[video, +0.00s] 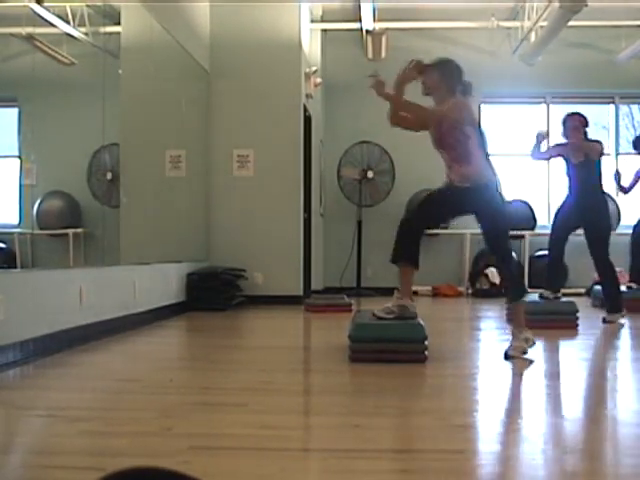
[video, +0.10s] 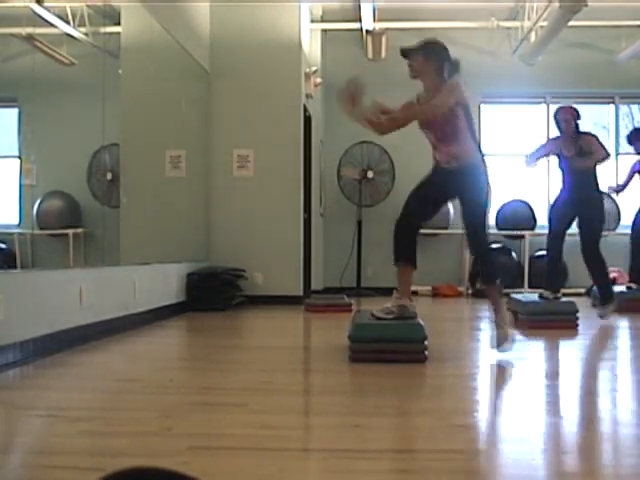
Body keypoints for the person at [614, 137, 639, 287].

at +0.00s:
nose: (636, 152)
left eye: (636, 148)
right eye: (636, 148)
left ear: (636, 148)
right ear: (636, 148)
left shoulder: (638, 172)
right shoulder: (638, 172)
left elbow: (626, 190)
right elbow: (626, 190)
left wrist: (618, 182)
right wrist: (618, 183)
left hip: (638, 221)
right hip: (638, 221)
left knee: (635, 235)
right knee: (635, 236)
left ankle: (634, 278)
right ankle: (634, 278)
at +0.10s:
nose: (634, 148)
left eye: (634, 144)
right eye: (633, 144)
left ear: (636, 143)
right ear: (633, 144)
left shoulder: (636, 165)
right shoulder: (635, 166)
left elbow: (623, 186)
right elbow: (624, 185)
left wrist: (615, 188)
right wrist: (617, 188)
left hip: (637, 213)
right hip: (637, 213)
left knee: (635, 239)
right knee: (634, 240)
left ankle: (634, 278)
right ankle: (634, 278)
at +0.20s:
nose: (631, 143)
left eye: (632, 139)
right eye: (630, 140)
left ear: (637, 138)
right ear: (630, 140)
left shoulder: (635, 158)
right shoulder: (635, 158)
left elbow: (628, 176)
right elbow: (628, 175)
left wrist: (621, 189)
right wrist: (621, 189)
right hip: (638, 202)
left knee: (635, 234)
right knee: (634, 234)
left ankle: (634, 277)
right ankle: (634, 276)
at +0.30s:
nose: (630, 142)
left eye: (631, 138)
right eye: (628, 139)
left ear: (636, 136)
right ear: (629, 139)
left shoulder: (634, 159)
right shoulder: (633, 159)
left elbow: (628, 184)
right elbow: (628, 183)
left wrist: (626, 206)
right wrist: (624, 205)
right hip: (637, 201)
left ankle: (635, 279)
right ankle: (634, 279)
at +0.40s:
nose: (628, 144)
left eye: (630, 139)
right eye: (627, 140)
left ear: (636, 137)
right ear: (628, 140)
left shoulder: (634, 160)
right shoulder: (633, 160)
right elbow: (632, 191)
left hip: (636, 207)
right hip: (635, 207)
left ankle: (635, 281)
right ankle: (633, 281)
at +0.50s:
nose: (629, 144)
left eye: (630, 140)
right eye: (627, 141)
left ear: (636, 137)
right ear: (629, 140)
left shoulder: (635, 160)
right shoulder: (634, 160)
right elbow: (635, 187)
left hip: (636, 206)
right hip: (635, 206)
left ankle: (634, 279)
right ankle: (633, 279)